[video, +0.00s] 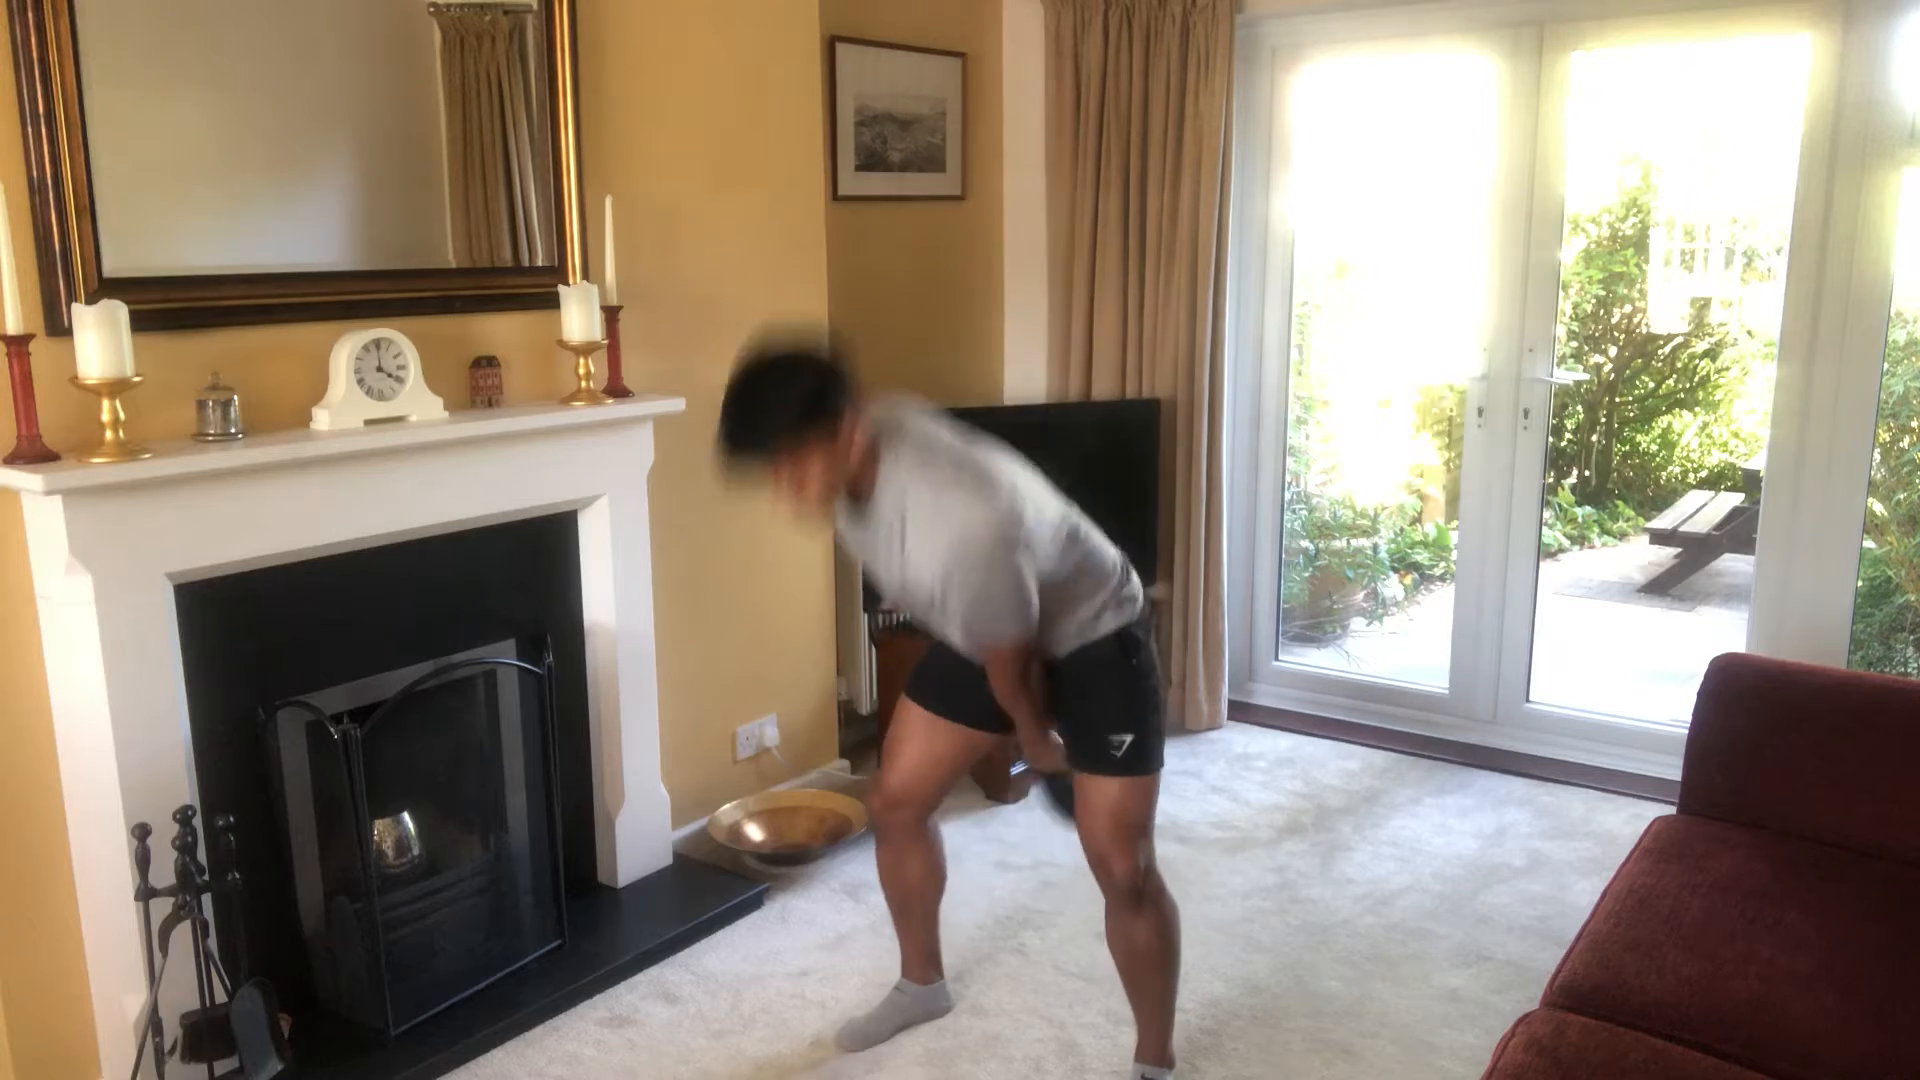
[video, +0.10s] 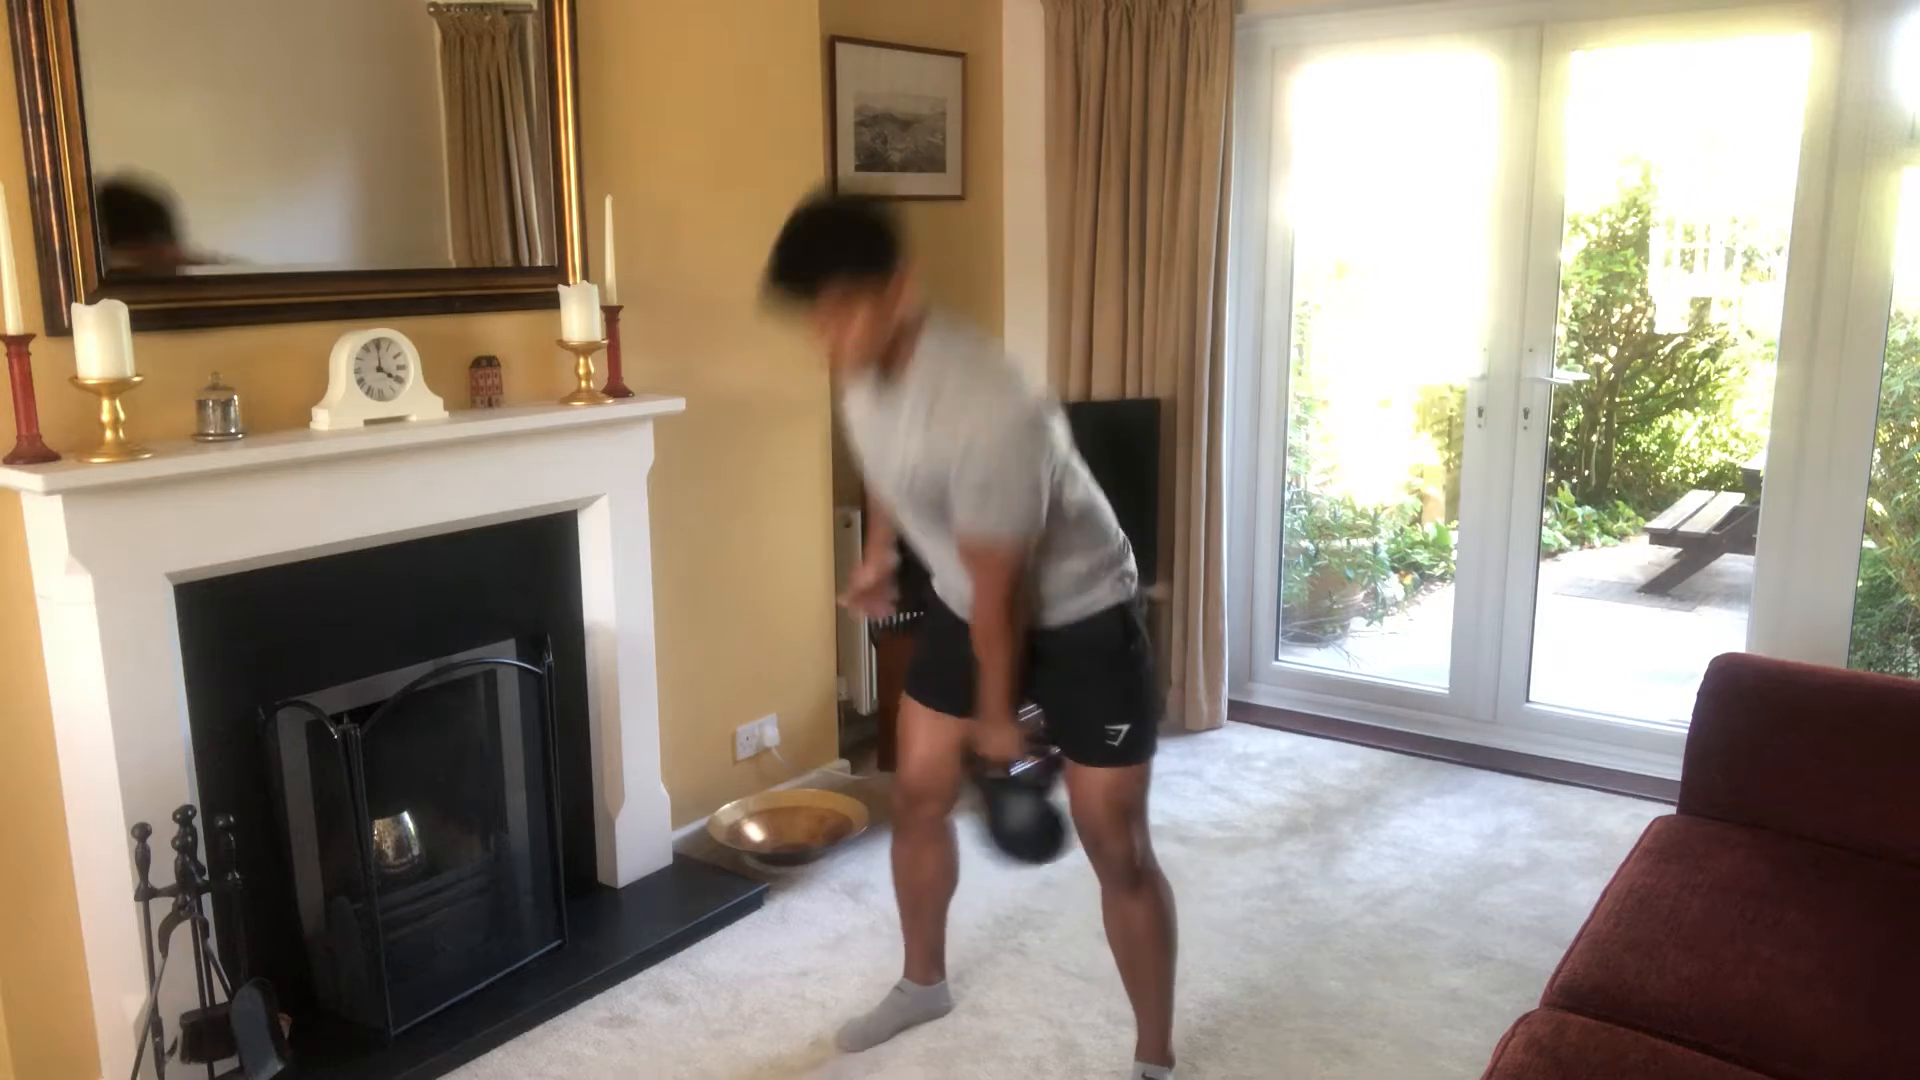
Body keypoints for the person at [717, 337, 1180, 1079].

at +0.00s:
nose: (784, 486)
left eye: (790, 461)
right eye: (773, 468)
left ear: (843, 430)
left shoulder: (963, 514)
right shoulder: (853, 456)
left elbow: (1011, 667)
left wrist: (1039, 748)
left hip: (1090, 635)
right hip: (980, 632)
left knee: (1125, 871)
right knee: (897, 801)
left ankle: (1155, 1060)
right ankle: (922, 984)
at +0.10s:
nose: (825, 328)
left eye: (841, 304)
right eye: (814, 309)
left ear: (898, 285)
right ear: (811, 306)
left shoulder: (980, 390)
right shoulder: (857, 373)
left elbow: (998, 579)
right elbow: (887, 467)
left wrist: (997, 720)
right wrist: (878, 552)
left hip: (1076, 607)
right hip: (963, 601)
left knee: (1116, 846)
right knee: (919, 792)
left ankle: (1156, 1056)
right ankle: (923, 983)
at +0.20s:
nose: (893, 255)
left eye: (907, 231)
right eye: (880, 237)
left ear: (963, 213)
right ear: (870, 234)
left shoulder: (1037, 319)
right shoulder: (901, 319)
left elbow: (995, 507)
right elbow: (895, 439)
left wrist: (940, 658)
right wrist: (846, 548)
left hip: (1067, 607)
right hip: (957, 597)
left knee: (1105, 835)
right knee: (936, 797)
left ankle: (1150, 1054)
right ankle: (926, 982)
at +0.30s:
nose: (944, 240)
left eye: (961, 218)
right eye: (931, 221)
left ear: (1015, 205)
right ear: (920, 221)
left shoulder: (1081, 315)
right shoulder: (926, 325)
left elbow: (1005, 449)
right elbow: (896, 452)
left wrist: (895, 569)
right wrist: (823, 559)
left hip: (1064, 617)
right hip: (948, 610)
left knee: (1102, 836)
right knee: (948, 807)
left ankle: (1151, 1055)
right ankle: (927, 985)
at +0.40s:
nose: (961, 235)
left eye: (979, 213)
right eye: (951, 216)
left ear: (1035, 202)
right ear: (944, 214)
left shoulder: (1096, 315)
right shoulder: (938, 326)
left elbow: (1014, 403)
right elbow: (900, 463)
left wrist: (891, 467)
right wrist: (826, 563)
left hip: (1062, 617)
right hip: (946, 609)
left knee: (1100, 838)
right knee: (949, 810)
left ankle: (1148, 1055)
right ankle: (927, 987)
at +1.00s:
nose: (924, 268)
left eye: (939, 245)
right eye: (912, 251)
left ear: (993, 220)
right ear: (905, 243)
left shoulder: (1067, 322)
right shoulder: (933, 324)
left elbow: (1002, 474)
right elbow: (930, 448)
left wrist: (908, 583)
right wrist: (886, 554)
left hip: (1076, 618)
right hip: (962, 609)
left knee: (1105, 843)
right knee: (937, 805)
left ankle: (1149, 1056)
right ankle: (926, 983)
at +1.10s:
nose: (874, 338)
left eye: (884, 315)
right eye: (862, 321)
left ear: (937, 283)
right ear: (857, 309)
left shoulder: (1034, 363)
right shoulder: (903, 360)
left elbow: (1002, 552)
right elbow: (921, 461)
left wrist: (938, 704)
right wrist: (890, 559)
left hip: (1092, 615)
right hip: (990, 611)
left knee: (1113, 848)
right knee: (922, 775)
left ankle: (1150, 1059)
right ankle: (925, 982)